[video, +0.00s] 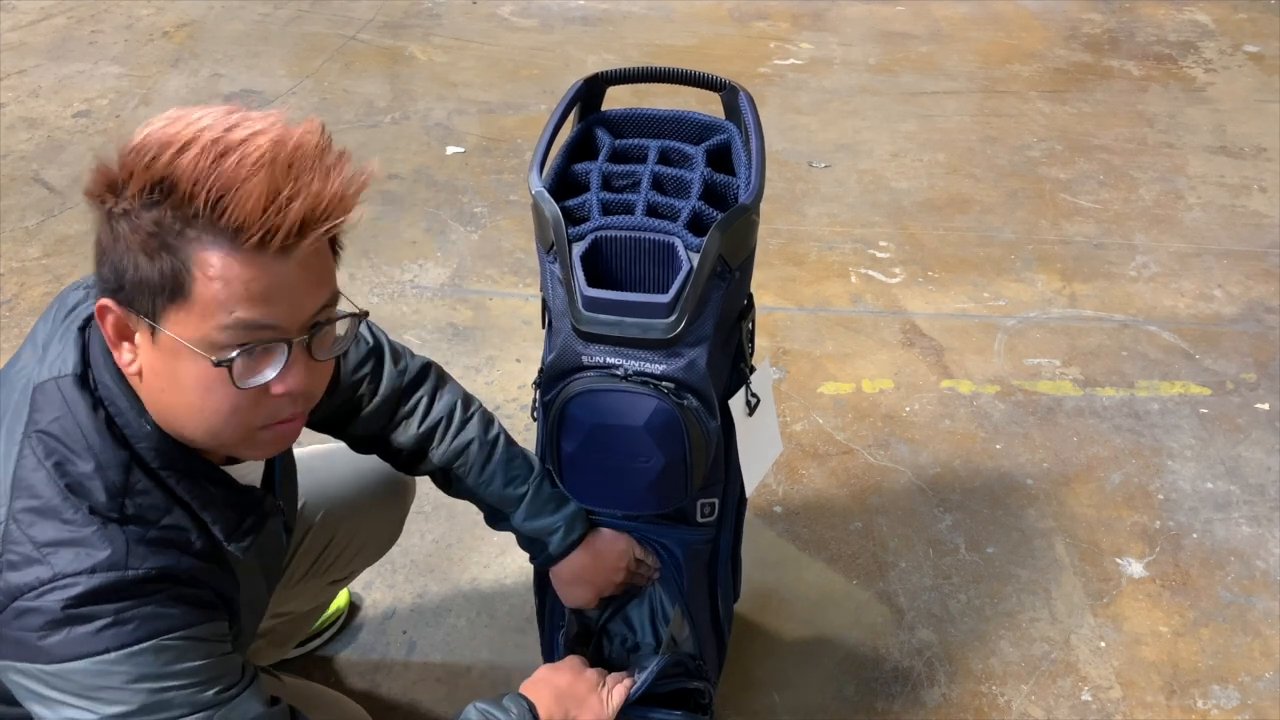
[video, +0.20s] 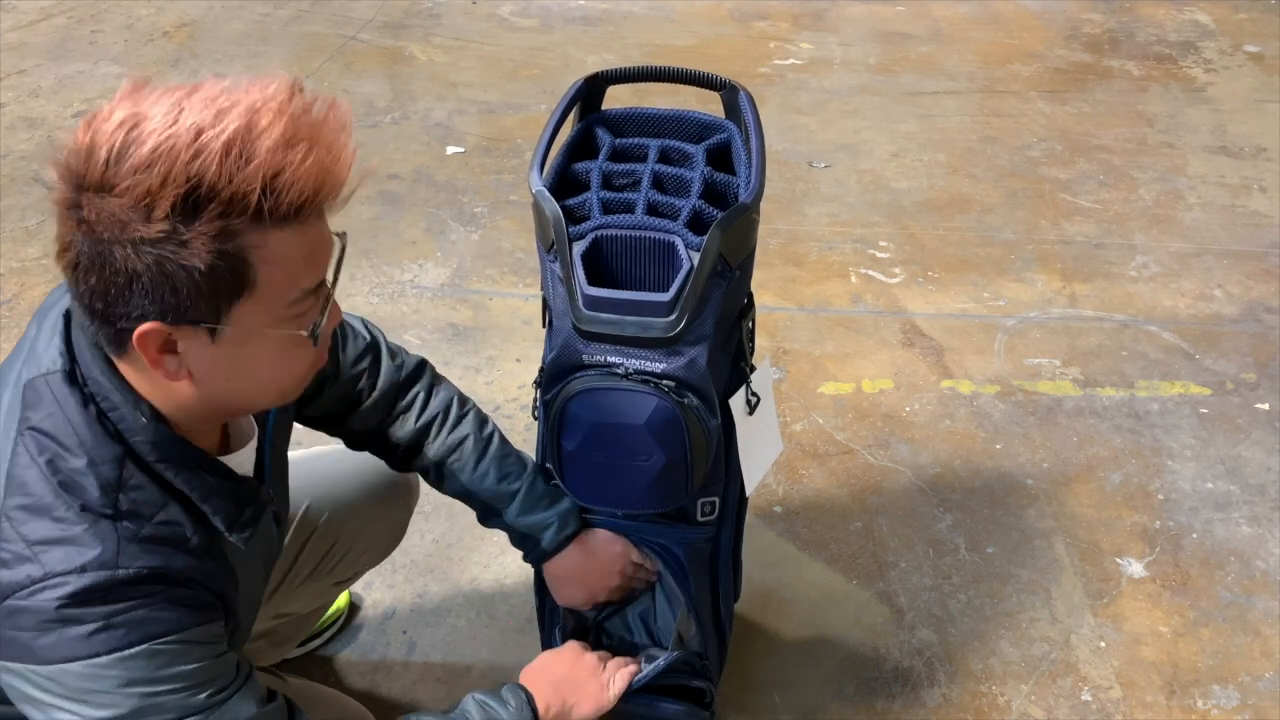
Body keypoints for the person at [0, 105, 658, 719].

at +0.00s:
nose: (301, 384)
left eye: (317, 328)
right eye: (245, 350)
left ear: (330, 286)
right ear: (126, 338)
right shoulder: (100, 605)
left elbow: (401, 396)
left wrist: (562, 537)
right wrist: (529, 712)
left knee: (377, 490)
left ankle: (264, 642)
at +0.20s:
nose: (337, 325)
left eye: (328, 292)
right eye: (306, 314)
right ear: (168, 354)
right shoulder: (103, 609)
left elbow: (392, 392)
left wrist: (555, 534)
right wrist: (529, 702)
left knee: (375, 491)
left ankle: (266, 643)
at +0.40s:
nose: (332, 300)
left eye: (322, 269)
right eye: (303, 294)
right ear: (168, 347)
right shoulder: (98, 590)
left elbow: (318, 370)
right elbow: (357, 699)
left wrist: (436, 396)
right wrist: (542, 532)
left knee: (383, 489)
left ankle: (283, 631)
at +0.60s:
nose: (335, 300)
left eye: (326, 271)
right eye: (311, 288)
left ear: (181, 326)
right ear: (179, 335)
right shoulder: (92, 566)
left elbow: (327, 381)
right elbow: (389, 676)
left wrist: (463, 387)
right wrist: (570, 459)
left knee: (380, 490)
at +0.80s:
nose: (368, 225)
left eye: (370, 191)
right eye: (358, 199)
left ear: (211, 229)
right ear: (212, 232)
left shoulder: (134, 222)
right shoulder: (97, 473)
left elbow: (291, 348)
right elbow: (324, 669)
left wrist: (449, 371)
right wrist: (497, 459)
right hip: (40, 669)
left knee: (352, 468)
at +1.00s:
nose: (393, 71)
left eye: (409, 44)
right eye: (397, 38)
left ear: (246, 6)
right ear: (250, 6)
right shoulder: (61, 211)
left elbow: (253, 216)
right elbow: (176, 550)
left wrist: (428, 333)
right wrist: (430, 483)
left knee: (187, 473)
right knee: (91, 694)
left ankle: (224, 639)